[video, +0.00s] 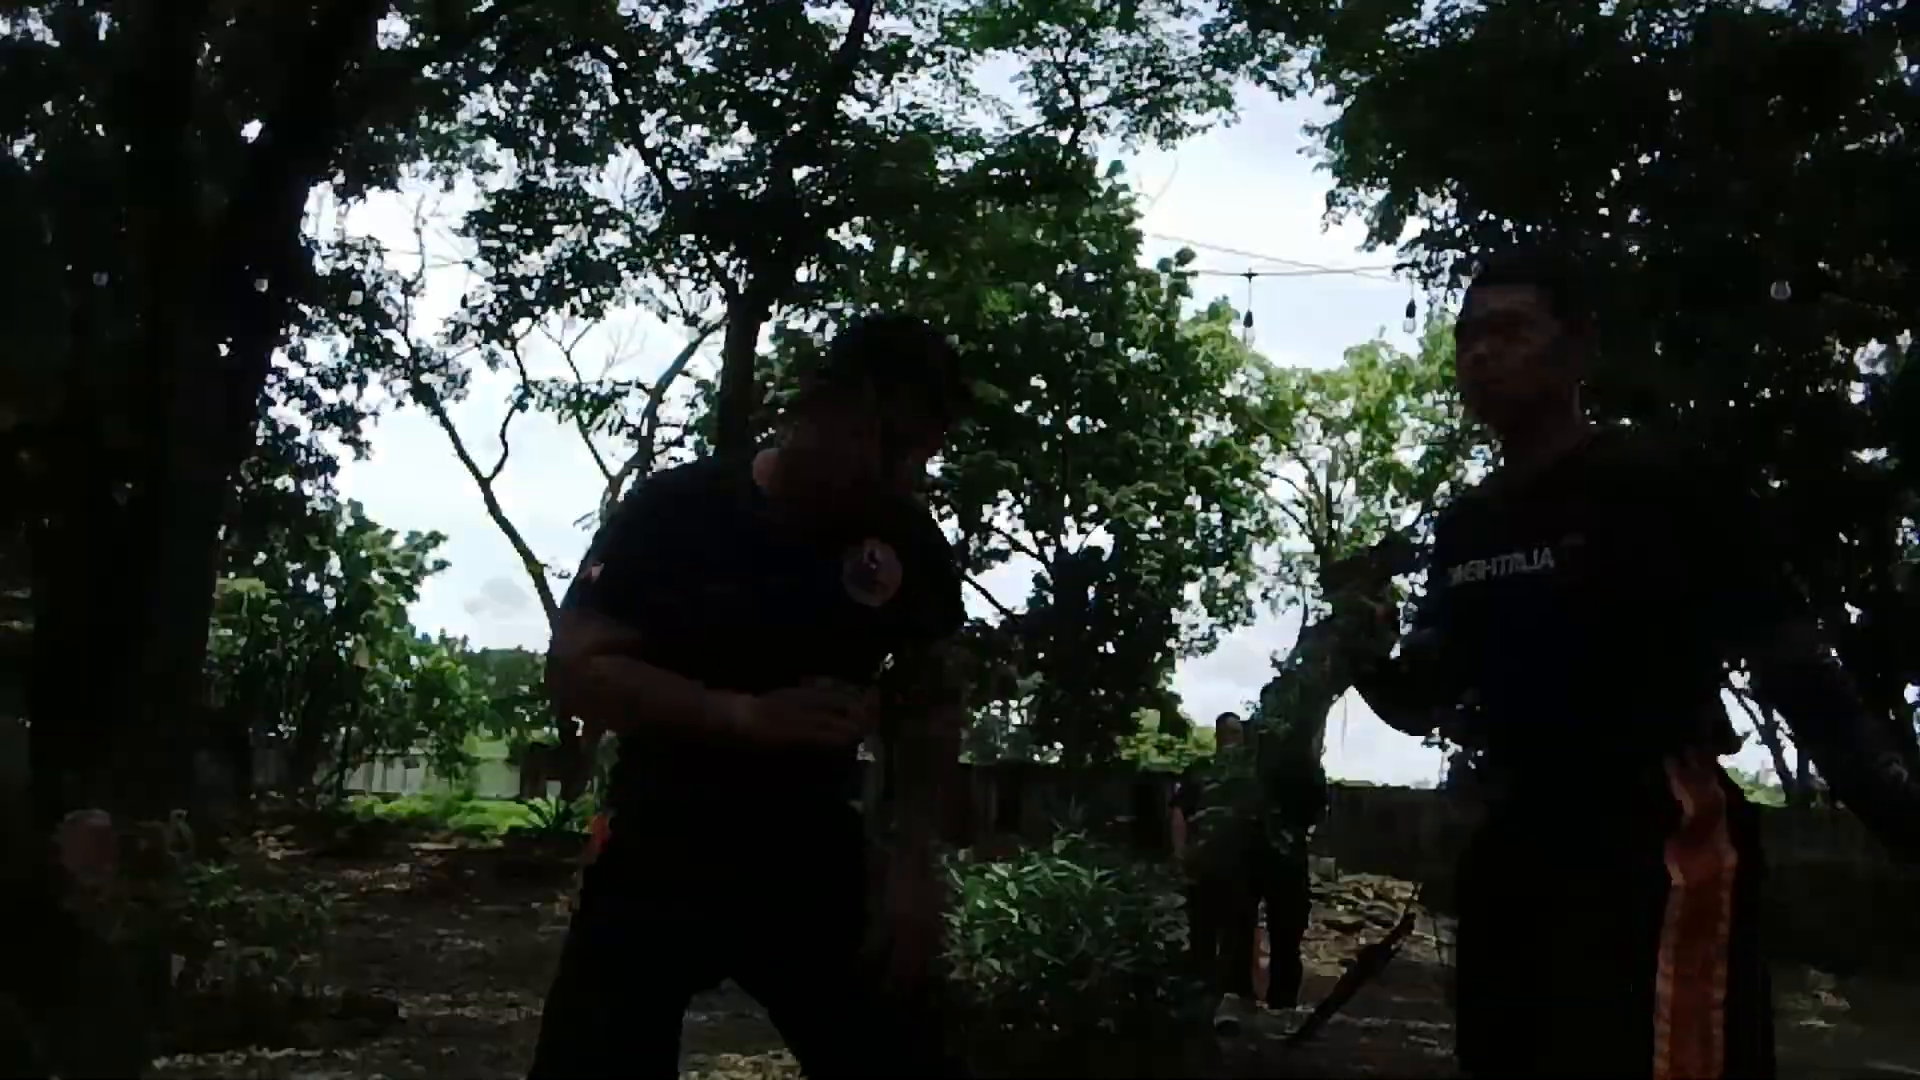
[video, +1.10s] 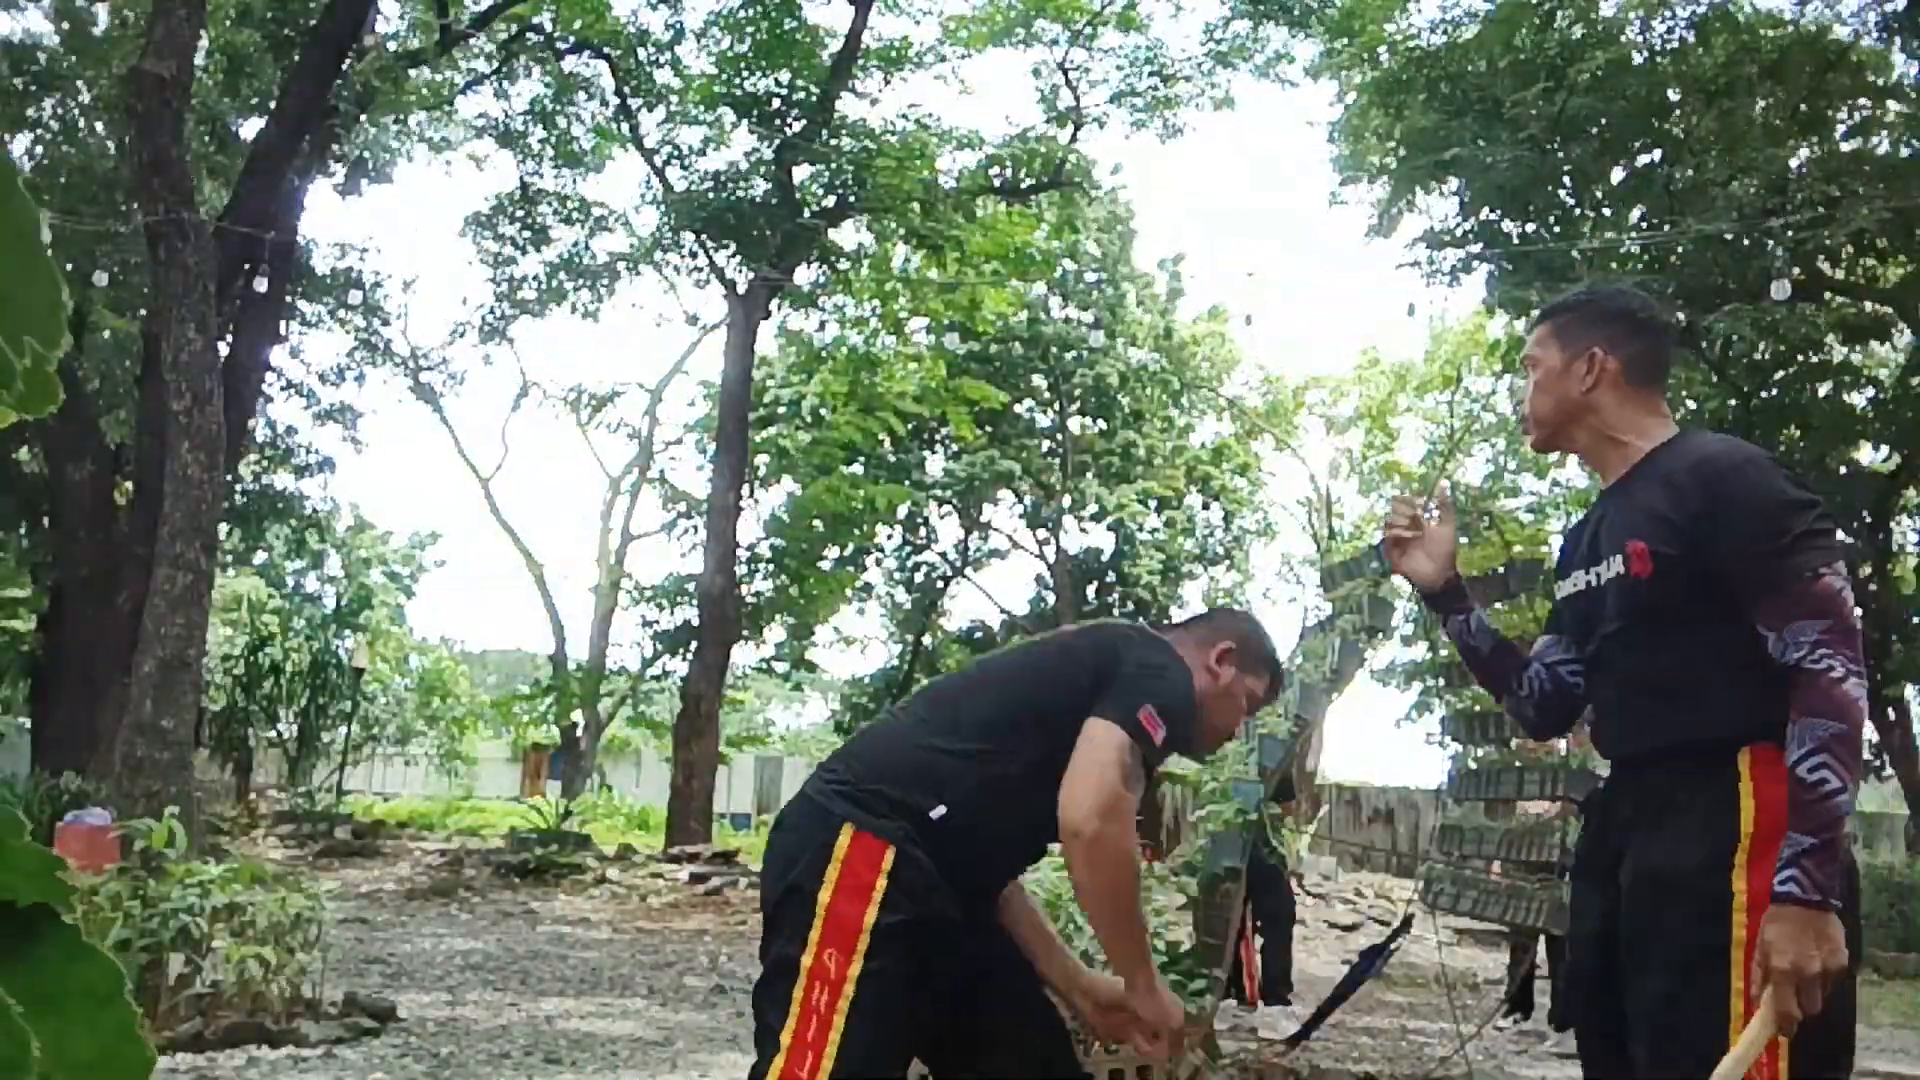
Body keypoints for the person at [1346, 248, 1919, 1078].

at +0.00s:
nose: (1478, 351)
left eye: (1509, 329)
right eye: (1469, 333)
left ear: (1575, 347)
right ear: (1456, 356)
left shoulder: (1662, 480)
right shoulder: (1467, 522)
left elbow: (1793, 665)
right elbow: (1424, 700)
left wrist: (1895, 809)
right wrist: (1365, 650)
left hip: (1662, 841)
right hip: (1521, 835)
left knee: (1658, 1056)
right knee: (1508, 1053)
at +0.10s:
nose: (1501, 342)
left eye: (1531, 321)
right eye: (1492, 326)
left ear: (1598, 348)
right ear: (1485, 354)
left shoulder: (1685, 478)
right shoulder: (1482, 518)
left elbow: (1804, 657)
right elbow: (1456, 689)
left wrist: (1885, 837)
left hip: (1675, 838)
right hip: (1533, 835)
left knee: (1681, 1052)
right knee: (1534, 1053)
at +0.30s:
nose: (1545, 331)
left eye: (1578, 311)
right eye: (1533, 318)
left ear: (1649, 338)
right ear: (1525, 349)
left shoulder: (1740, 477)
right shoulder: (1519, 513)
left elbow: (1841, 676)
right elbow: (1536, 694)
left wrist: (1828, 877)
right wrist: (1524, 866)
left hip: (1713, 874)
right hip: (1564, 882)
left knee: (1728, 1060)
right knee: (1572, 1061)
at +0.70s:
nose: (1575, 331)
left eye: (1606, 308)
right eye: (1571, 315)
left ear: (1690, 326)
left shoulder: (1782, 469)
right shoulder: (1607, 506)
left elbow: (1883, 688)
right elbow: (1637, 690)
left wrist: (1876, 903)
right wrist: (1567, 747)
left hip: (1756, 840)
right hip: (1623, 845)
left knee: (1752, 1057)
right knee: (1616, 1057)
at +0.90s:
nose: (1549, 366)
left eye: (1564, 338)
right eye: (1553, 343)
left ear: (1638, 339)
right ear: (1629, 345)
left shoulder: (1763, 469)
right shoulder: (1601, 517)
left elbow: (1862, 688)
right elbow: (1640, 699)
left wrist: (1850, 895)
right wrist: (1568, 675)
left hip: (1733, 820)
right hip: (1612, 819)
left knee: (1743, 1054)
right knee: (1609, 1054)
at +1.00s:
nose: (1532, 386)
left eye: (1545, 355)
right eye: (1534, 361)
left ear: (1610, 357)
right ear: (1608, 361)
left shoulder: (1735, 470)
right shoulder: (1593, 529)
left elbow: (1838, 670)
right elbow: (1587, 709)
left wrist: (1827, 895)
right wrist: (1497, 604)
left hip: (1731, 813)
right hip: (1618, 814)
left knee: (1721, 1053)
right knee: (1603, 1047)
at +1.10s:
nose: (1521, 394)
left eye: (1532, 368)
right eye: (1522, 373)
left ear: (1592, 369)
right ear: (1590, 375)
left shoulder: (1720, 474)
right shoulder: (1584, 541)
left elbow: (1830, 667)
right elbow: (1544, 704)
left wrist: (1807, 887)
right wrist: (1446, 590)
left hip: (1737, 810)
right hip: (1627, 816)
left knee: (1719, 1053)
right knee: (1613, 1050)